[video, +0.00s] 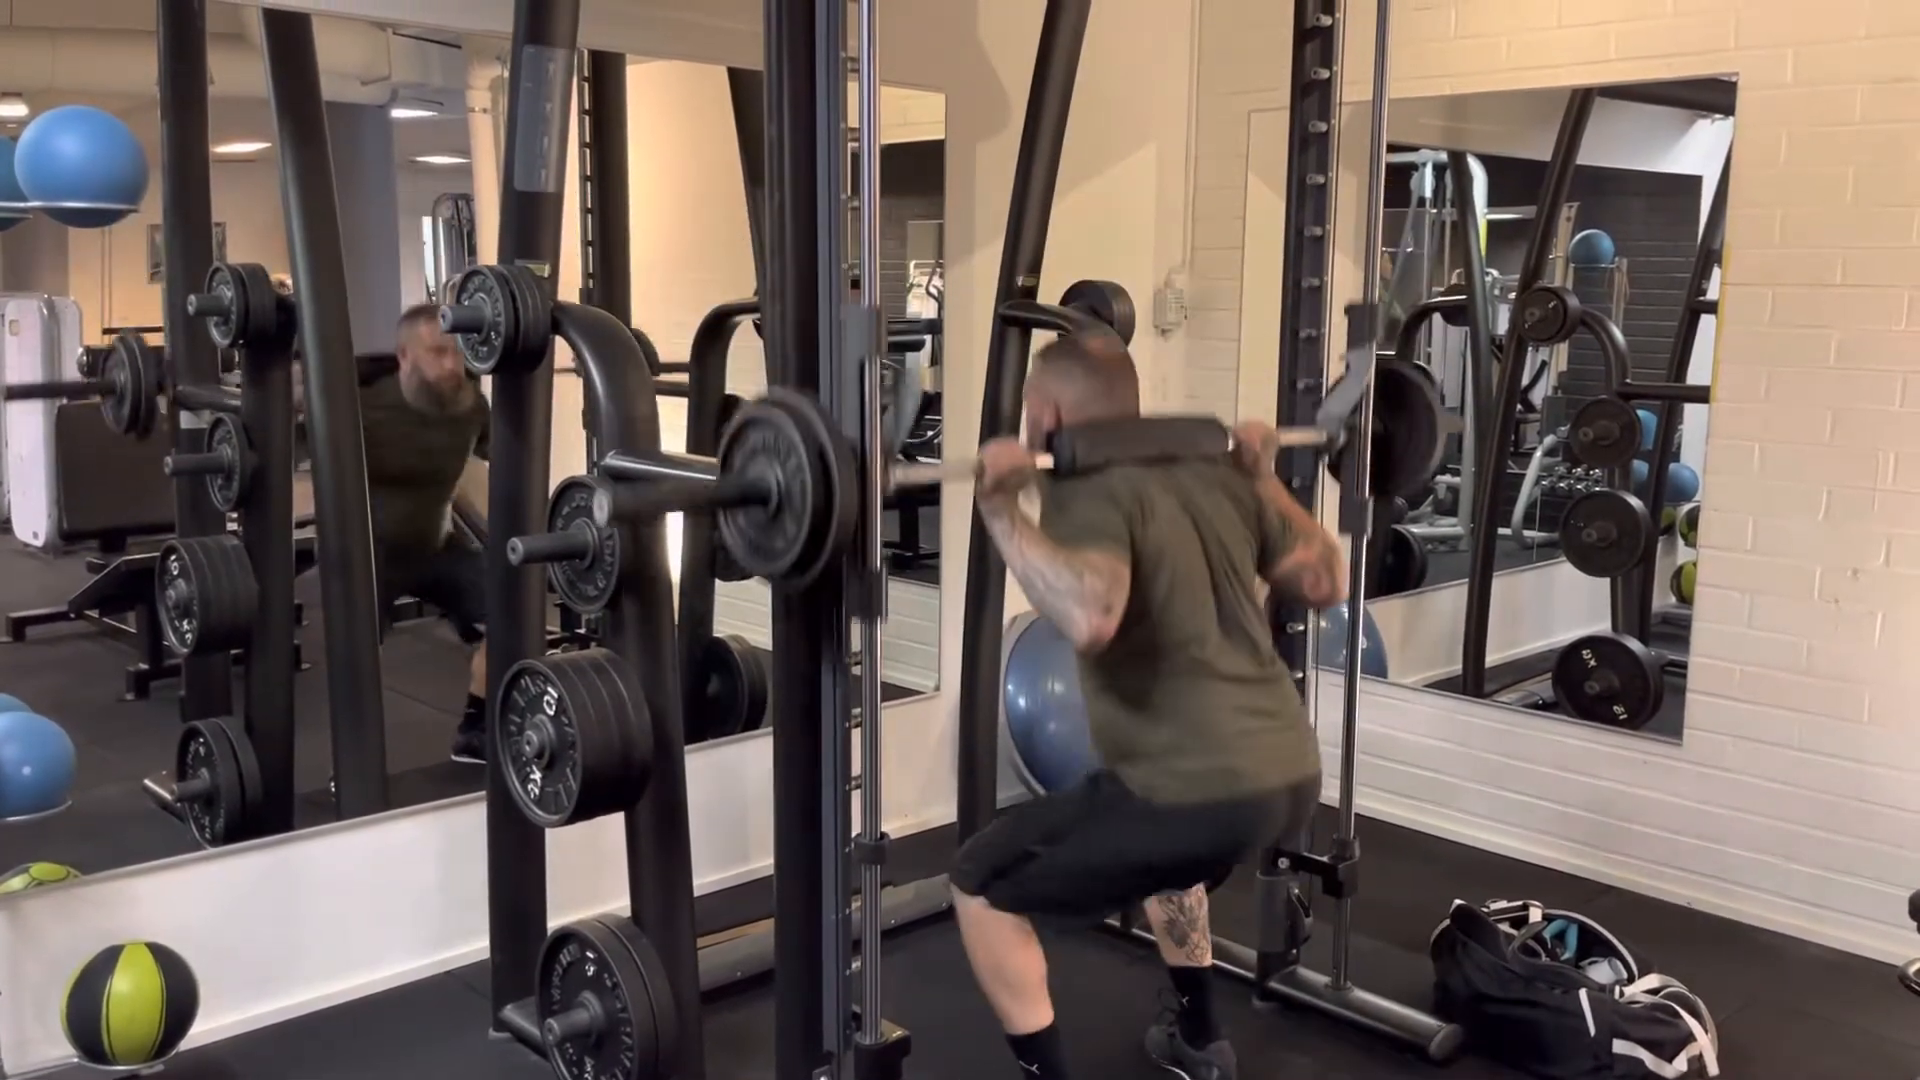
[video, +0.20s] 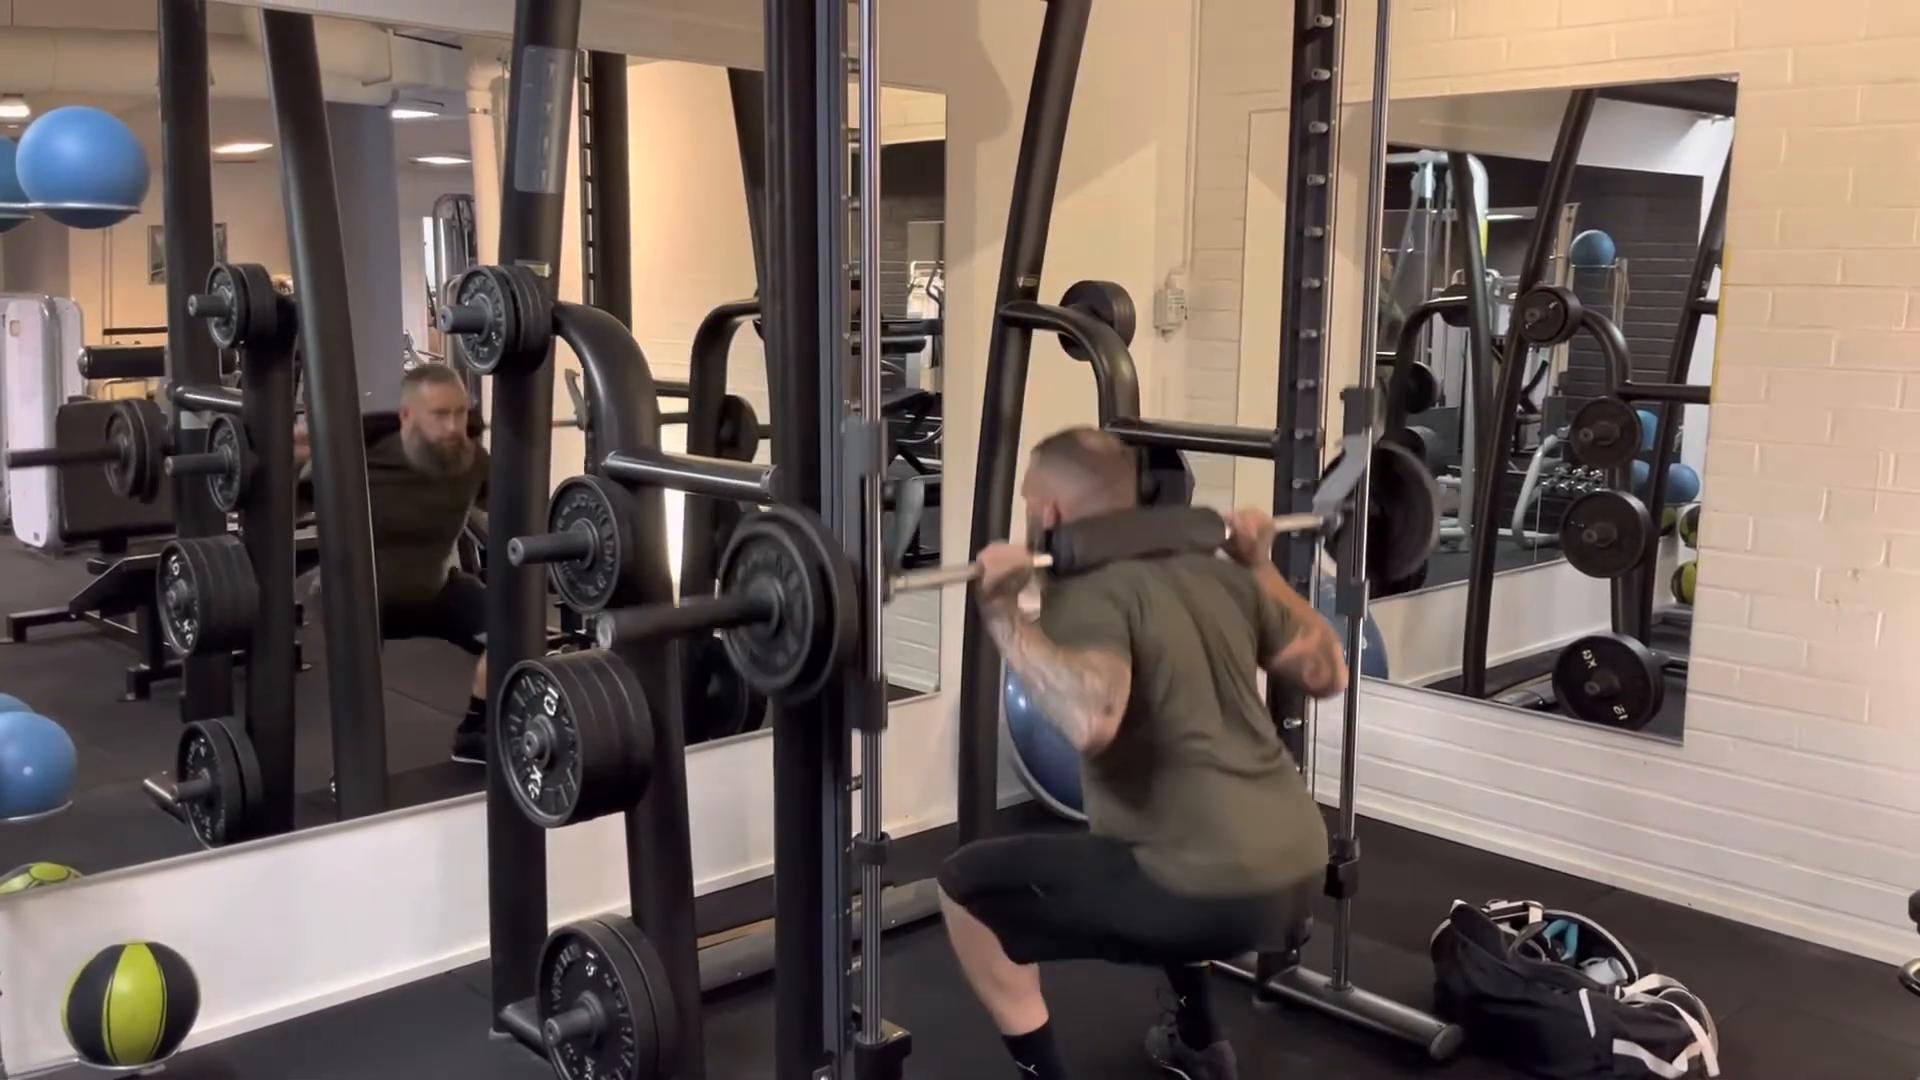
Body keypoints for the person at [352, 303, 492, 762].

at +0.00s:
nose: (453, 365)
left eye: (457, 350)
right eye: (438, 351)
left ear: (467, 353)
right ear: (405, 358)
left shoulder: (471, 408)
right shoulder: (363, 412)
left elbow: (500, 448)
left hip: (436, 551)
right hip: (367, 556)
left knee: (509, 604)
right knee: (352, 644)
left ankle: (477, 726)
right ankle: (353, 756)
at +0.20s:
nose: (455, 427)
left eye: (461, 413)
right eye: (441, 414)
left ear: (469, 414)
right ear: (406, 417)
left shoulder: (476, 465)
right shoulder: (358, 460)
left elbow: (518, 507)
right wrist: (287, 462)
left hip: (434, 596)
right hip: (359, 600)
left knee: (508, 615)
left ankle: (477, 729)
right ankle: (352, 759)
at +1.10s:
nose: (455, 379)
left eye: (461, 366)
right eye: (441, 366)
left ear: (470, 368)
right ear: (407, 370)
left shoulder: (473, 423)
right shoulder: (364, 420)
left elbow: (514, 467)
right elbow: (293, 470)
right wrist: (287, 421)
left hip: (430, 560)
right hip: (360, 565)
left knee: (508, 608)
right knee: (353, 653)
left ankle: (480, 728)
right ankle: (356, 765)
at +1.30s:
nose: (449, 311)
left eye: (454, 300)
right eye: (436, 301)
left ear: (461, 302)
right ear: (405, 306)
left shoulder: (469, 364)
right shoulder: (363, 365)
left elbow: (461, 450)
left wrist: (502, 519)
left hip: (440, 522)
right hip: (372, 527)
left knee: (503, 599)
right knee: (355, 640)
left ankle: (478, 731)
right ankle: (355, 760)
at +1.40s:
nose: (450, 279)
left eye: (455, 267)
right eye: (437, 269)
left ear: (463, 269)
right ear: (404, 274)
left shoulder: (467, 338)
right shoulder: (363, 338)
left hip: (443, 507)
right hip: (376, 512)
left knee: (490, 594)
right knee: (359, 636)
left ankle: (477, 731)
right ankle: (354, 753)